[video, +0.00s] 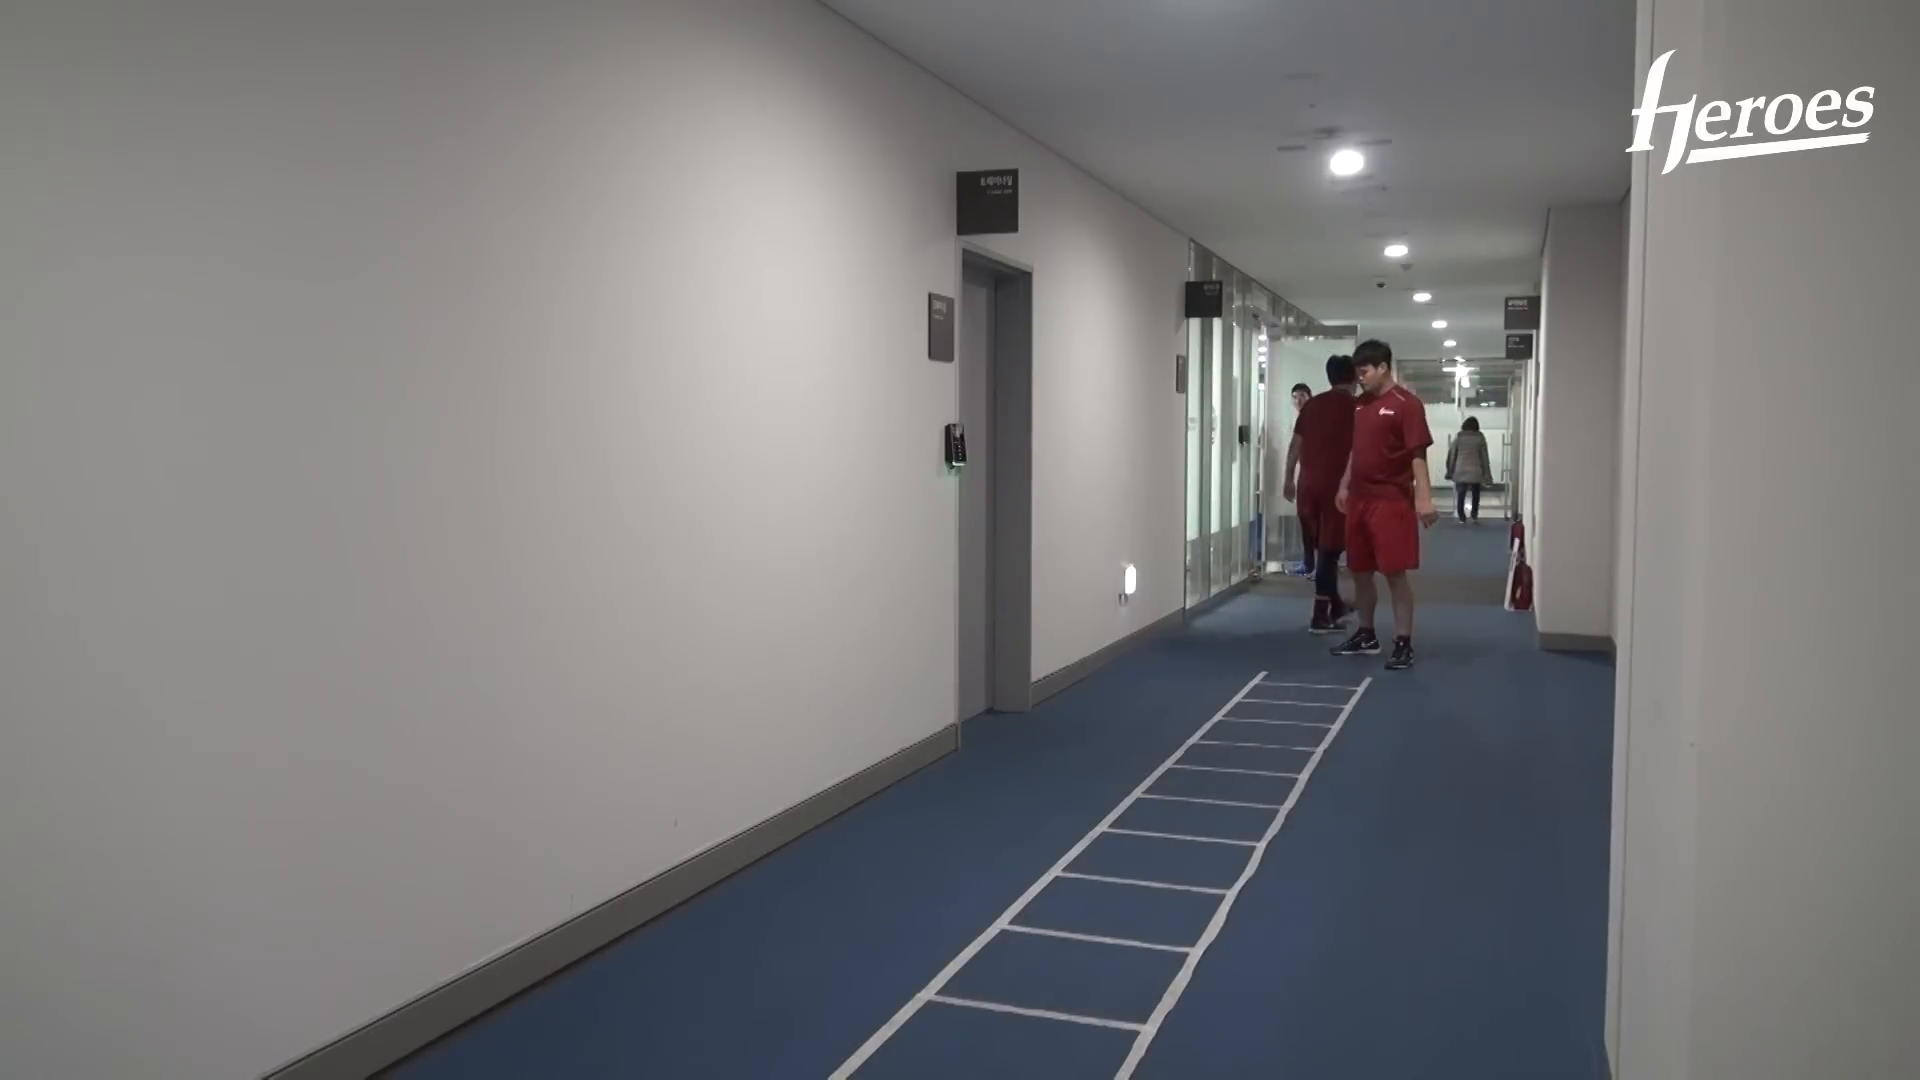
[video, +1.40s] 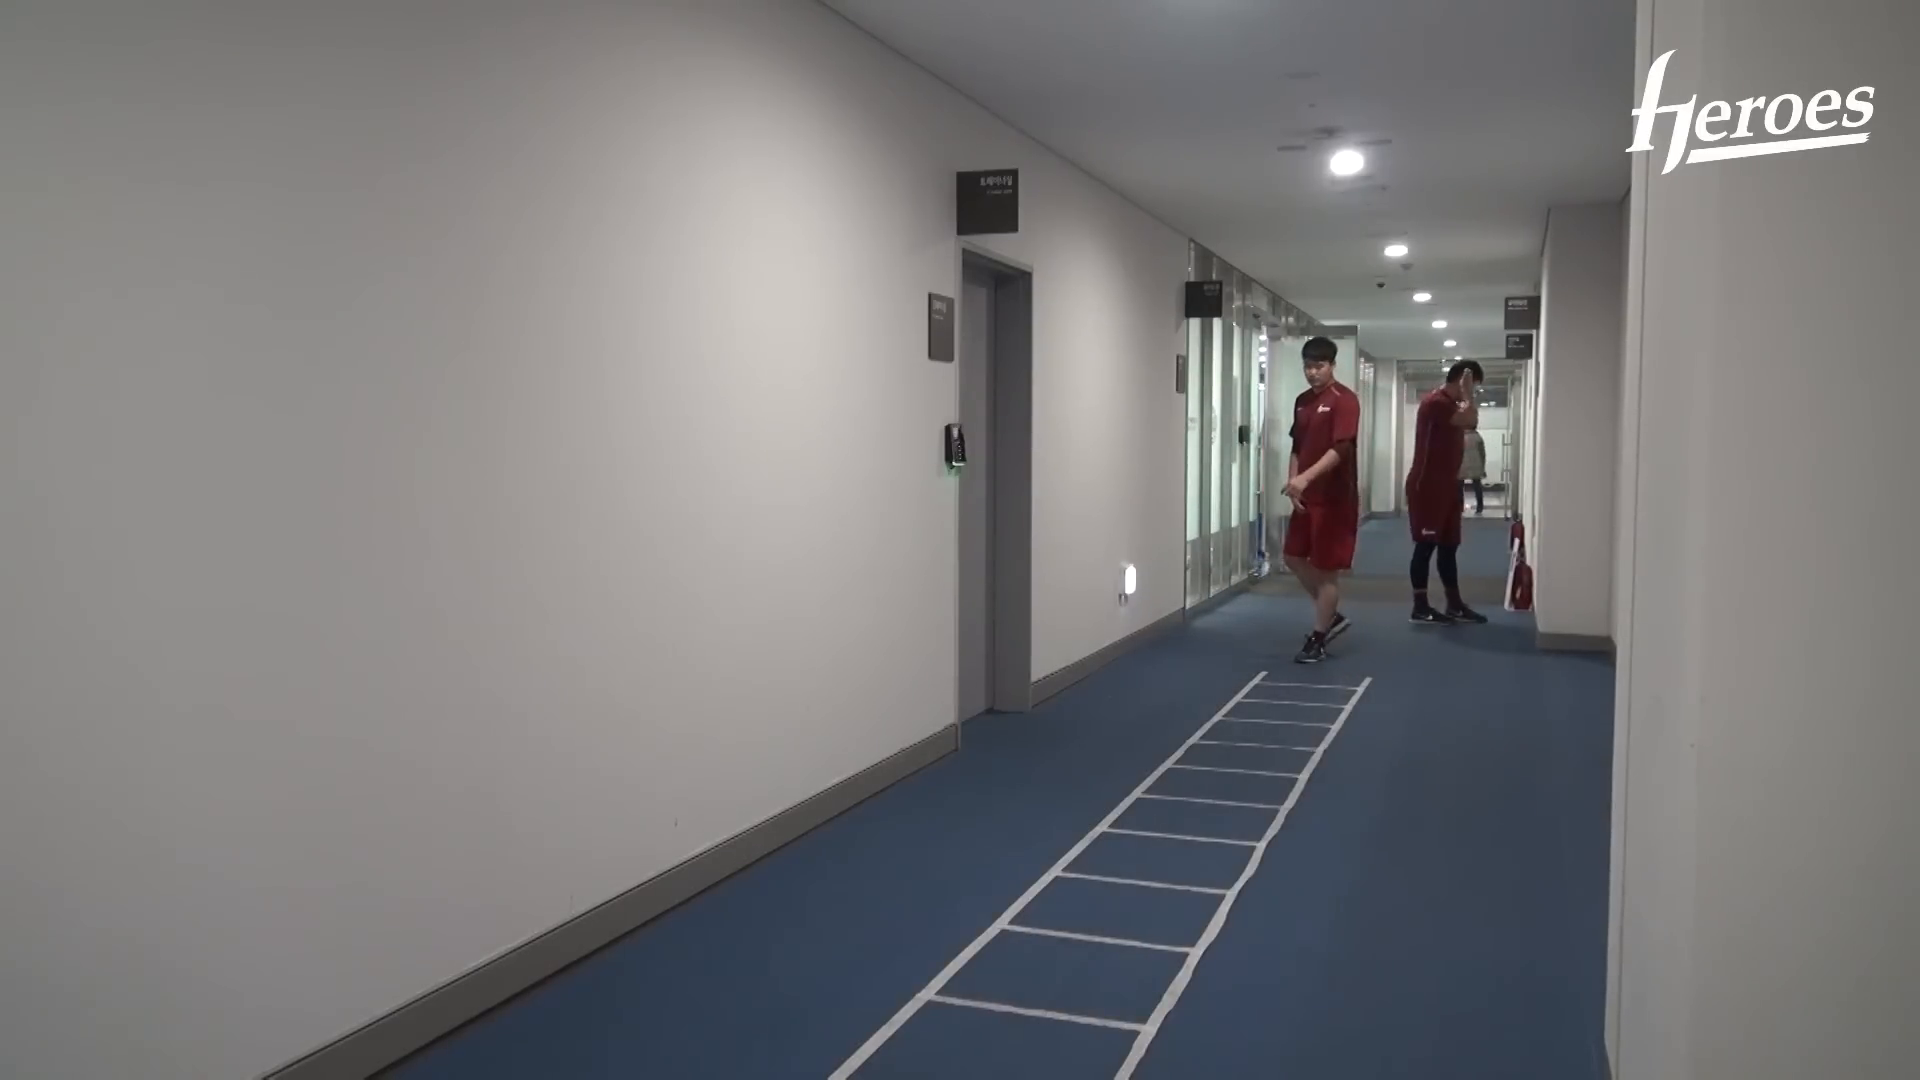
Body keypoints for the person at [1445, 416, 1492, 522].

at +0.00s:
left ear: (1464, 425)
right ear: (1477, 426)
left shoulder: (1459, 437)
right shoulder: (1480, 438)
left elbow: (1452, 455)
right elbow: (1484, 458)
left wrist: (1449, 472)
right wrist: (1487, 475)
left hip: (1461, 469)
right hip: (1475, 469)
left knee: (1461, 494)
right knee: (1476, 495)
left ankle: (1461, 516)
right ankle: (1474, 515)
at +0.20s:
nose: (1482, 429)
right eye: (1482, 428)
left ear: (1470, 427)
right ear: (1481, 428)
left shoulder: (1465, 440)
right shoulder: (1484, 441)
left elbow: (1459, 455)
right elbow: (1490, 459)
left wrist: (1460, 467)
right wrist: (1492, 474)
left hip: (1467, 471)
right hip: (1481, 472)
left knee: (1466, 494)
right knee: (1483, 495)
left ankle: (1464, 514)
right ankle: (1483, 516)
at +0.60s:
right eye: (1486, 426)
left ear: (1476, 426)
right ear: (1487, 427)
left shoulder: (1470, 438)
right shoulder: (1490, 438)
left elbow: (1464, 454)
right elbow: (1495, 455)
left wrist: (1460, 468)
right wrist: (1497, 469)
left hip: (1473, 468)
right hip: (1486, 468)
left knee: (1477, 490)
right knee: (1484, 490)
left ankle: (1480, 512)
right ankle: (1483, 513)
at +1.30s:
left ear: (1464, 425)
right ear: (1478, 424)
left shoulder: (1461, 436)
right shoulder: (1480, 436)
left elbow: (1457, 451)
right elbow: (1486, 453)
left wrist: (1456, 461)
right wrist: (1488, 465)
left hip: (1465, 465)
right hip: (1479, 465)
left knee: (1465, 487)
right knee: (1478, 486)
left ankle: (1473, 505)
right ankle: (1479, 506)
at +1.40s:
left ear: (1464, 425)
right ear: (1475, 425)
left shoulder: (1460, 437)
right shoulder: (1477, 436)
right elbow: (1482, 453)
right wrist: (1482, 468)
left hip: (1462, 467)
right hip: (1476, 467)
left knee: (1459, 488)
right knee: (1477, 487)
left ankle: (1460, 507)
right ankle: (1479, 507)